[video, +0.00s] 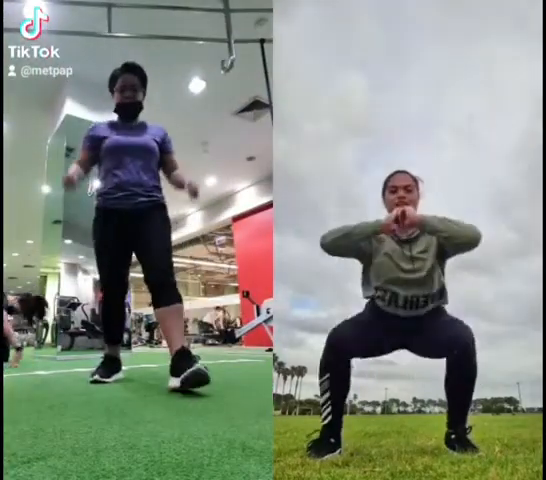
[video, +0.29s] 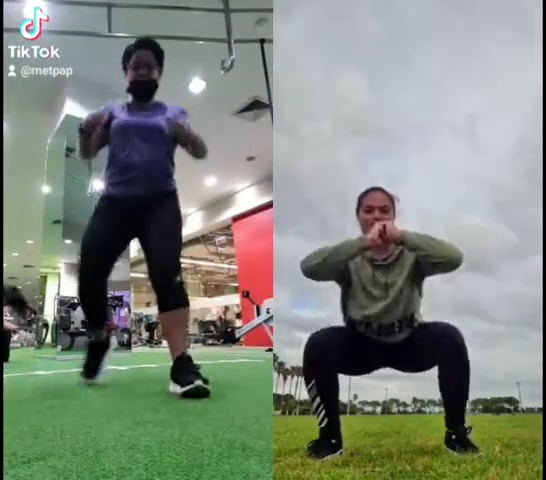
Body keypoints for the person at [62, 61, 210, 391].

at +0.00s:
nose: (129, 95)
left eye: (135, 90)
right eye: (123, 90)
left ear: (144, 95)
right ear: (112, 94)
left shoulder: (157, 133)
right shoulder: (99, 131)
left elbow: (172, 171)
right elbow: (82, 164)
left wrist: (185, 183)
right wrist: (74, 174)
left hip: (151, 212)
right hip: (111, 213)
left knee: (162, 279)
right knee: (113, 288)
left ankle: (181, 358)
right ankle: (111, 359)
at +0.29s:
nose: (142, 73)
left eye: (149, 68)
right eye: (136, 68)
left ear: (159, 74)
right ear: (126, 73)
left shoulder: (172, 113)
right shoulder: (112, 113)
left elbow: (200, 151)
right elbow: (87, 154)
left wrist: (184, 135)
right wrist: (86, 135)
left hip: (160, 202)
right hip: (116, 202)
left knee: (167, 277)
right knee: (90, 269)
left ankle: (182, 365)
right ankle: (98, 338)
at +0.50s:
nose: (137, 62)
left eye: (144, 56)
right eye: (130, 56)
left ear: (156, 63)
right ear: (120, 64)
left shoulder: (168, 107)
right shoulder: (106, 109)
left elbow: (203, 140)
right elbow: (79, 156)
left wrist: (176, 108)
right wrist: (81, 132)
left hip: (158, 204)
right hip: (111, 204)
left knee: (172, 279)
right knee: (78, 272)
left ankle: (182, 367)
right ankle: (55, 365)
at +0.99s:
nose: (92, 34)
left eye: (100, 28)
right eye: (84, 27)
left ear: (112, 35)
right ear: (71, 33)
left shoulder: (123, 80)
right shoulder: (57, 79)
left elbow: (165, 103)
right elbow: (15, 92)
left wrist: (125, 59)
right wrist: (64, 59)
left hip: (114, 191)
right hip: (64, 191)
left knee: (133, 273)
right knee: (52, 277)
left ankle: (139, 352)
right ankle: (48, 371)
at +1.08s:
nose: (84, 39)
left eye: (93, 33)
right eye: (76, 31)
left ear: (107, 41)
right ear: (64, 39)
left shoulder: (117, 87)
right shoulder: (50, 87)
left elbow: (155, 109)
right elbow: (10, 99)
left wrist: (113, 63)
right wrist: (51, 65)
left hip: (109, 198)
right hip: (60, 197)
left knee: (117, 278)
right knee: (49, 280)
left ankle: (110, 337)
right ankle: (48, 369)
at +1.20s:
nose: (80, 60)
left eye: (89, 54)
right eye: (72, 52)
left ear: (101, 62)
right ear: (59, 57)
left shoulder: (108, 107)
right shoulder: (46, 105)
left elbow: (141, 131)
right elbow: (7, 128)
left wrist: (98, 89)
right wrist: (39, 86)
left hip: (104, 215)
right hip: (55, 213)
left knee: (100, 297)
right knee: (45, 280)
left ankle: (87, 344)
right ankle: (47, 369)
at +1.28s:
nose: (79, 79)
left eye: (88, 72)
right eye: (72, 71)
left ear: (103, 79)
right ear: (61, 75)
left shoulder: (110, 119)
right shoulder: (48, 121)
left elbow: (129, 154)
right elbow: (10, 152)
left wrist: (91, 109)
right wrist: (43, 108)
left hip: (98, 227)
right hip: (51, 223)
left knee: (96, 305)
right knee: (43, 277)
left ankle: (86, 348)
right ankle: (48, 368)